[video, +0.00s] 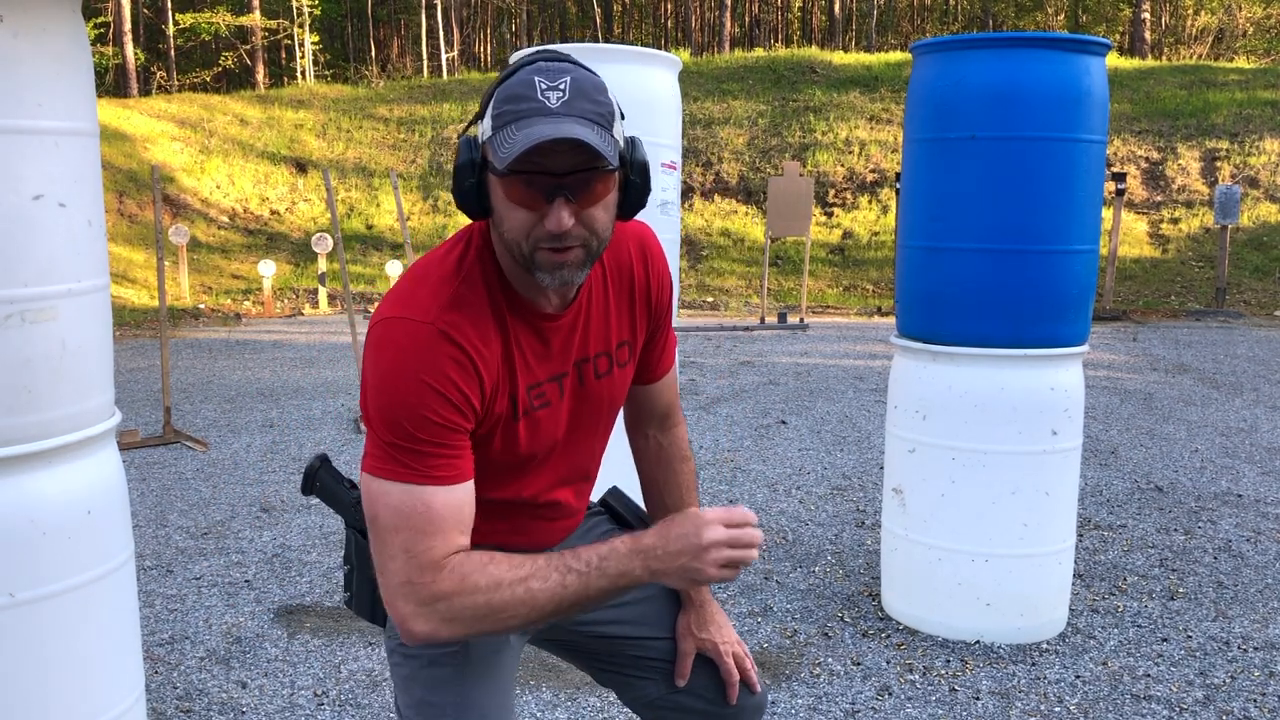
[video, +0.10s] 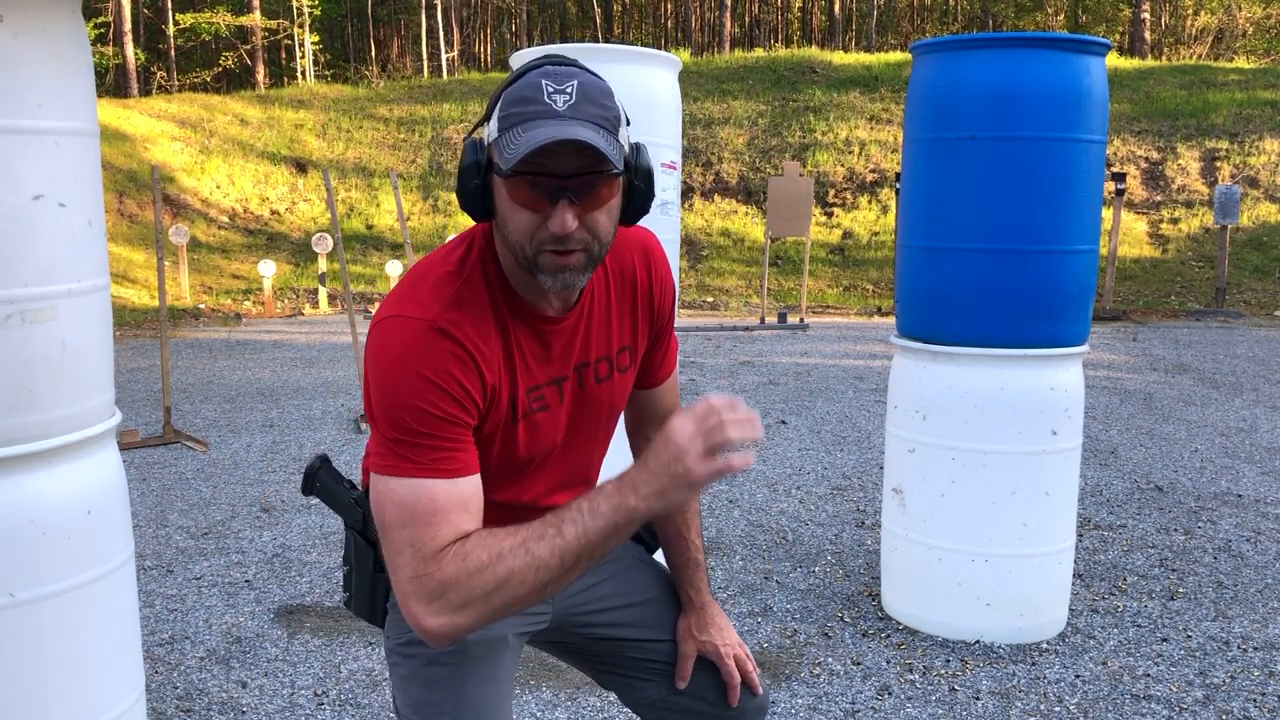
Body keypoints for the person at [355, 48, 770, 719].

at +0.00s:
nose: (560, 216)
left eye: (584, 181)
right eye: (533, 183)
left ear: (620, 181)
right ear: (483, 181)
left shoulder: (635, 260)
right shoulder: (422, 332)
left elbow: (658, 422)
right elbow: (423, 600)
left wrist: (698, 592)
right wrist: (651, 556)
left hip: (569, 538)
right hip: (450, 573)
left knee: (730, 698)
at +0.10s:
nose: (564, 218)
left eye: (589, 182)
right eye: (537, 183)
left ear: (624, 186)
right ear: (488, 183)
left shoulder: (639, 266)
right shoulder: (422, 331)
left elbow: (657, 431)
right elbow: (436, 596)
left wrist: (697, 597)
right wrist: (644, 490)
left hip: (583, 552)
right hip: (455, 579)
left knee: (731, 700)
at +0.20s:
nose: (554, 213)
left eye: (580, 178)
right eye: (526, 179)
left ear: (618, 180)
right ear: (482, 179)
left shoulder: (636, 263)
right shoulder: (419, 328)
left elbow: (662, 431)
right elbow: (487, 582)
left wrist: (699, 600)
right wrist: (641, 399)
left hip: (583, 545)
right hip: (447, 567)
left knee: (730, 700)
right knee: (458, 706)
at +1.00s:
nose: (550, 204)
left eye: (577, 172)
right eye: (523, 171)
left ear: (613, 170)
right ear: (474, 166)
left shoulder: (628, 253)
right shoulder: (415, 313)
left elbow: (655, 432)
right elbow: (510, 558)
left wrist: (690, 599)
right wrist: (703, 430)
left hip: (567, 536)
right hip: (433, 551)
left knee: (721, 701)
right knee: (456, 705)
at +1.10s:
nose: (559, 199)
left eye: (584, 164)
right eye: (530, 164)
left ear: (619, 163)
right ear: (480, 160)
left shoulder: (629, 252)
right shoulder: (415, 312)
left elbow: (654, 426)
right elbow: (466, 573)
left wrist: (690, 593)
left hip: (556, 522)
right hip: (432, 543)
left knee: (718, 701)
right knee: (455, 706)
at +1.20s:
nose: (572, 189)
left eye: (596, 156)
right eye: (542, 156)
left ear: (627, 159)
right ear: (489, 155)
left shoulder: (632, 251)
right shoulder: (415, 311)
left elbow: (655, 427)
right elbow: (426, 574)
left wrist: (689, 602)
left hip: (569, 537)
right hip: (442, 563)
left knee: (714, 694)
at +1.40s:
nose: (591, 169)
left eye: (609, 138)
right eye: (559, 140)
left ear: (636, 146)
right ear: (495, 152)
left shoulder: (642, 255)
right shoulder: (419, 301)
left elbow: (659, 429)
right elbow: (353, 553)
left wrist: (686, 602)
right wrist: (572, 627)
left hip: (570, 532)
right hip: (439, 552)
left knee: (712, 698)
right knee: (449, 705)